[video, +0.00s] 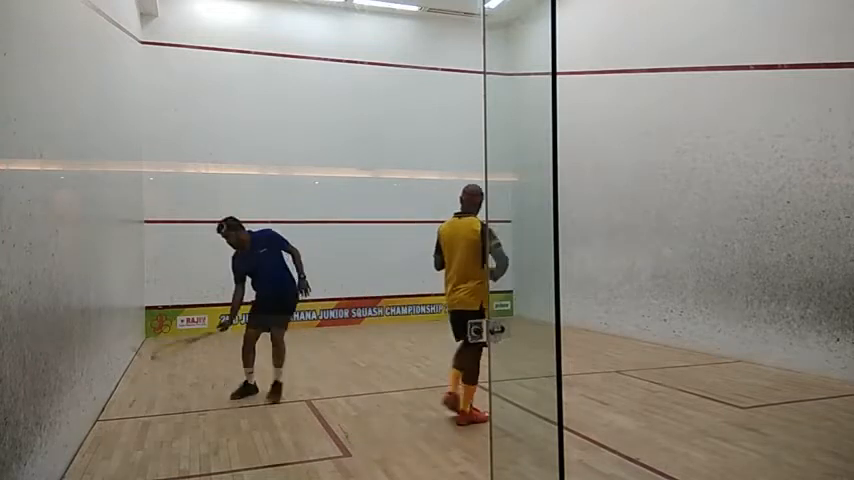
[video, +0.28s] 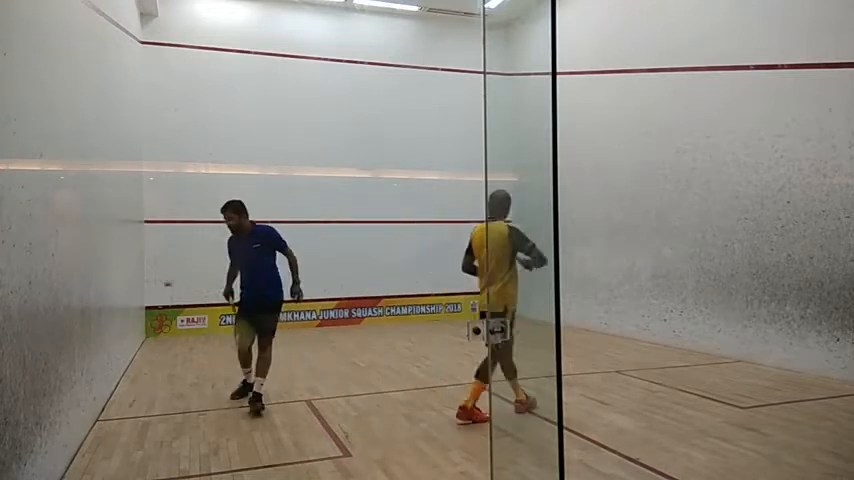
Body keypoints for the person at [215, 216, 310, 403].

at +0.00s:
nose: (228, 242)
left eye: (228, 236)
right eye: (225, 238)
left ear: (239, 231)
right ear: (230, 236)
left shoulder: (268, 237)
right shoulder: (238, 260)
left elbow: (294, 252)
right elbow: (239, 291)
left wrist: (302, 277)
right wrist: (230, 319)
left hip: (285, 293)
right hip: (263, 297)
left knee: (277, 337)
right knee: (249, 338)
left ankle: (277, 383)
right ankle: (249, 383)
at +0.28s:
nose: (228, 225)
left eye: (231, 220)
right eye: (226, 221)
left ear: (243, 216)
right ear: (228, 220)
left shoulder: (266, 233)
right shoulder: (233, 242)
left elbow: (290, 256)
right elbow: (234, 264)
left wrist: (296, 282)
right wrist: (228, 285)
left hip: (270, 297)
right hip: (248, 297)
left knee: (264, 345)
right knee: (242, 346)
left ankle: (257, 393)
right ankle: (248, 381)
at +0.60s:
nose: (245, 210)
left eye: (249, 206)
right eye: (244, 206)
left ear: (263, 207)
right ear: (244, 207)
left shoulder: (278, 231)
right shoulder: (245, 230)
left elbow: (285, 265)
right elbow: (245, 252)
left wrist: (270, 279)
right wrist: (226, 263)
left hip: (269, 297)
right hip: (244, 294)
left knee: (264, 346)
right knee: (229, 345)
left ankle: (257, 396)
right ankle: (237, 382)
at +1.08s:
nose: (277, 206)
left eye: (281, 203)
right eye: (273, 202)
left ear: (287, 207)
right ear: (264, 204)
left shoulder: (293, 236)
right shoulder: (249, 230)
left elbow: (292, 270)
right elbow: (228, 256)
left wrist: (287, 258)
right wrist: (195, 265)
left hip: (276, 301)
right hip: (250, 299)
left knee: (266, 352)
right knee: (256, 351)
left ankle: (257, 398)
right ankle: (259, 406)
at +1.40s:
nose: (288, 203)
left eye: (290, 200)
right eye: (283, 199)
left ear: (292, 203)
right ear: (270, 202)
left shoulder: (298, 232)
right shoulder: (254, 231)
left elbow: (303, 267)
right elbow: (224, 256)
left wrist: (314, 297)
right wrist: (197, 246)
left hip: (290, 307)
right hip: (263, 307)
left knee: (295, 355)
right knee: (261, 356)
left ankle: (268, 386)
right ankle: (264, 418)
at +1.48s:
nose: (295, 202)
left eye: (296, 198)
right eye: (290, 198)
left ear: (296, 201)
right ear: (275, 202)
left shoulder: (302, 231)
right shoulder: (258, 230)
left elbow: (311, 265)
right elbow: (230, 254)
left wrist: (330, 296)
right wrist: (209, 244)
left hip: (296, 306)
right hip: (267, 307)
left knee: (308, 350)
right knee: (264, 357)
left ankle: (279, 393)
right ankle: (264, 416)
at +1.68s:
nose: (315, 203)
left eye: (315, 199)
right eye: (310, 199)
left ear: (305, 202)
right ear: (294, 202)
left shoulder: (315, 231)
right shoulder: (275, 229)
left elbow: (334, 263)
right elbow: (248, 254)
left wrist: (359, 285)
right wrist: (238, 242)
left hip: (306, 304)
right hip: (279, 306)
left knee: (325, 347)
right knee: (275, 358)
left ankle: (330, 406)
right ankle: (267, 417)